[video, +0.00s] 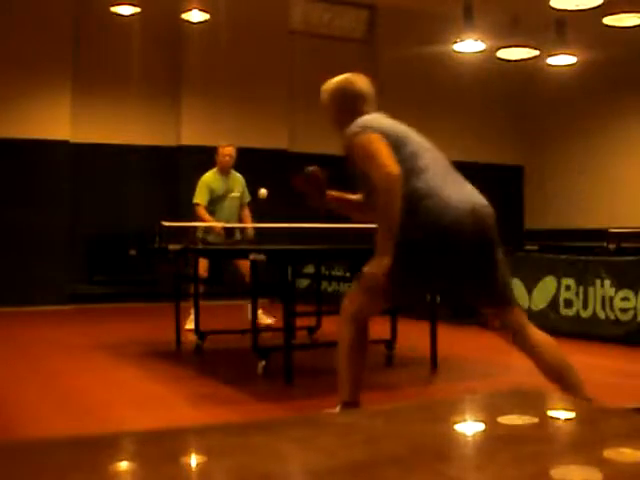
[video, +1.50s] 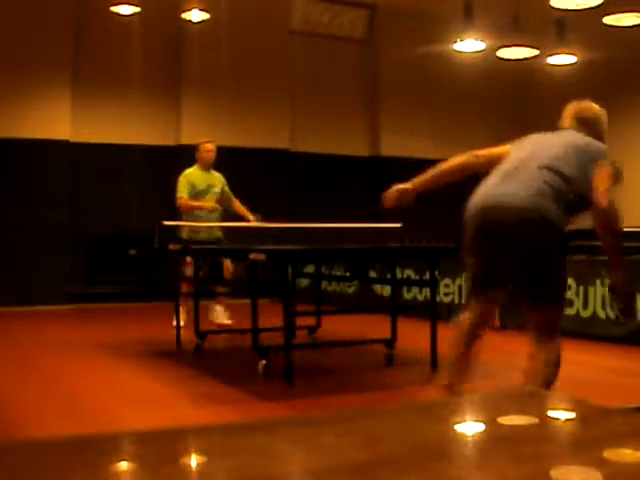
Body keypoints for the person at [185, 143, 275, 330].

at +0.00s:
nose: (227, 160)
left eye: (230, 156)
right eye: (224, 156)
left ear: (234, 159)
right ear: (217, 157)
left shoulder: (239, 180)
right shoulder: (207, 180)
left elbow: (244, 207)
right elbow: (199, 207)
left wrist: (249, 226)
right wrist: (213, 223)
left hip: (233, 234)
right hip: (209, 235)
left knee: (247, 270)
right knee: (201, 274)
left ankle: (255, 310)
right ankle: (193, 314)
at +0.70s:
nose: (250, 170)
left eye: (253, 167)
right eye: (247, 166)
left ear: (256, 170)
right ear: (240, 166)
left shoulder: (252, 189)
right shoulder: (228, 181)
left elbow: (251, 219)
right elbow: (222, 206)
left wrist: (256, 243)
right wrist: (228, 229)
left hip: (240, 237)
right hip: (219, 237)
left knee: (257, 270)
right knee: (205, 273)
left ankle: (260, 310)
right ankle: (194, 313)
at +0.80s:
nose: (253, 168)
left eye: (256, 166)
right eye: (251, 164)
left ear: (259, 169)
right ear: (243, 163)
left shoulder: (253, 190)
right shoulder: (229, 177)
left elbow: (252, 220)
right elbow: (224, 181)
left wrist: (257, 242)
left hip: (242, 240)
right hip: (220, 238)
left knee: (258, 272)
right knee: (206, 273)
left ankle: (260, 310)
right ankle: (195, 313)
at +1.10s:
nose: (244, 164)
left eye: (247, 161)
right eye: (241, 160)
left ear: (250, 165)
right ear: (233, 160)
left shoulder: (251, 189)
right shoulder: (219, 180)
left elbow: (262, 213)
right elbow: (201, 199)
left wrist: (272, 230)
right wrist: (212, 192)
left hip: (242, 240)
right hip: (217, 238)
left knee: (258, 272)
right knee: (203, 273)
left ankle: (261, 311)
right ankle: (185, 306)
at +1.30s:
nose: (224, 164)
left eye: (227, 160)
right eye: (221, 159)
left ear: (229, 163)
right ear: (211, 160)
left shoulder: (231, 187)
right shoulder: (198, 181)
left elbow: (248, 211)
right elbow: (189, 205)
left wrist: (264, 212)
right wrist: (211, 207)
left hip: (227, 241)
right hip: (202, 240)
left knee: (244, 274)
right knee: (191, 279)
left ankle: (257, 310)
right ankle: (182, 312)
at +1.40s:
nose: (216, 159)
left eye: (218, 156)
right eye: (212, 155)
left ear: (220, 159)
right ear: (202, 158)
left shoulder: (222, 182)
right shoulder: (191, 178)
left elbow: (236, 205)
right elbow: (185, 205)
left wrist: (255, 213)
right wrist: (208, 205)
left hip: (218, 238)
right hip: (195, 238)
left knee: (236, 273)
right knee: (189, 279)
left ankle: (246, 308)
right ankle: (182, 312)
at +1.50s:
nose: (210, 155)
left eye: (212, 152)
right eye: (207, 152)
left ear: (215, 154)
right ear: (198, 154)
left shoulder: (218, 178)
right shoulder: (187, 176)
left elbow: (231, 200)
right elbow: (182, 203)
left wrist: (248, 216)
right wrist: (205, 205)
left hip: (214, 235)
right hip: (192, 235)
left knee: (220, 271)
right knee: (188, 275)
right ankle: (182, 309)